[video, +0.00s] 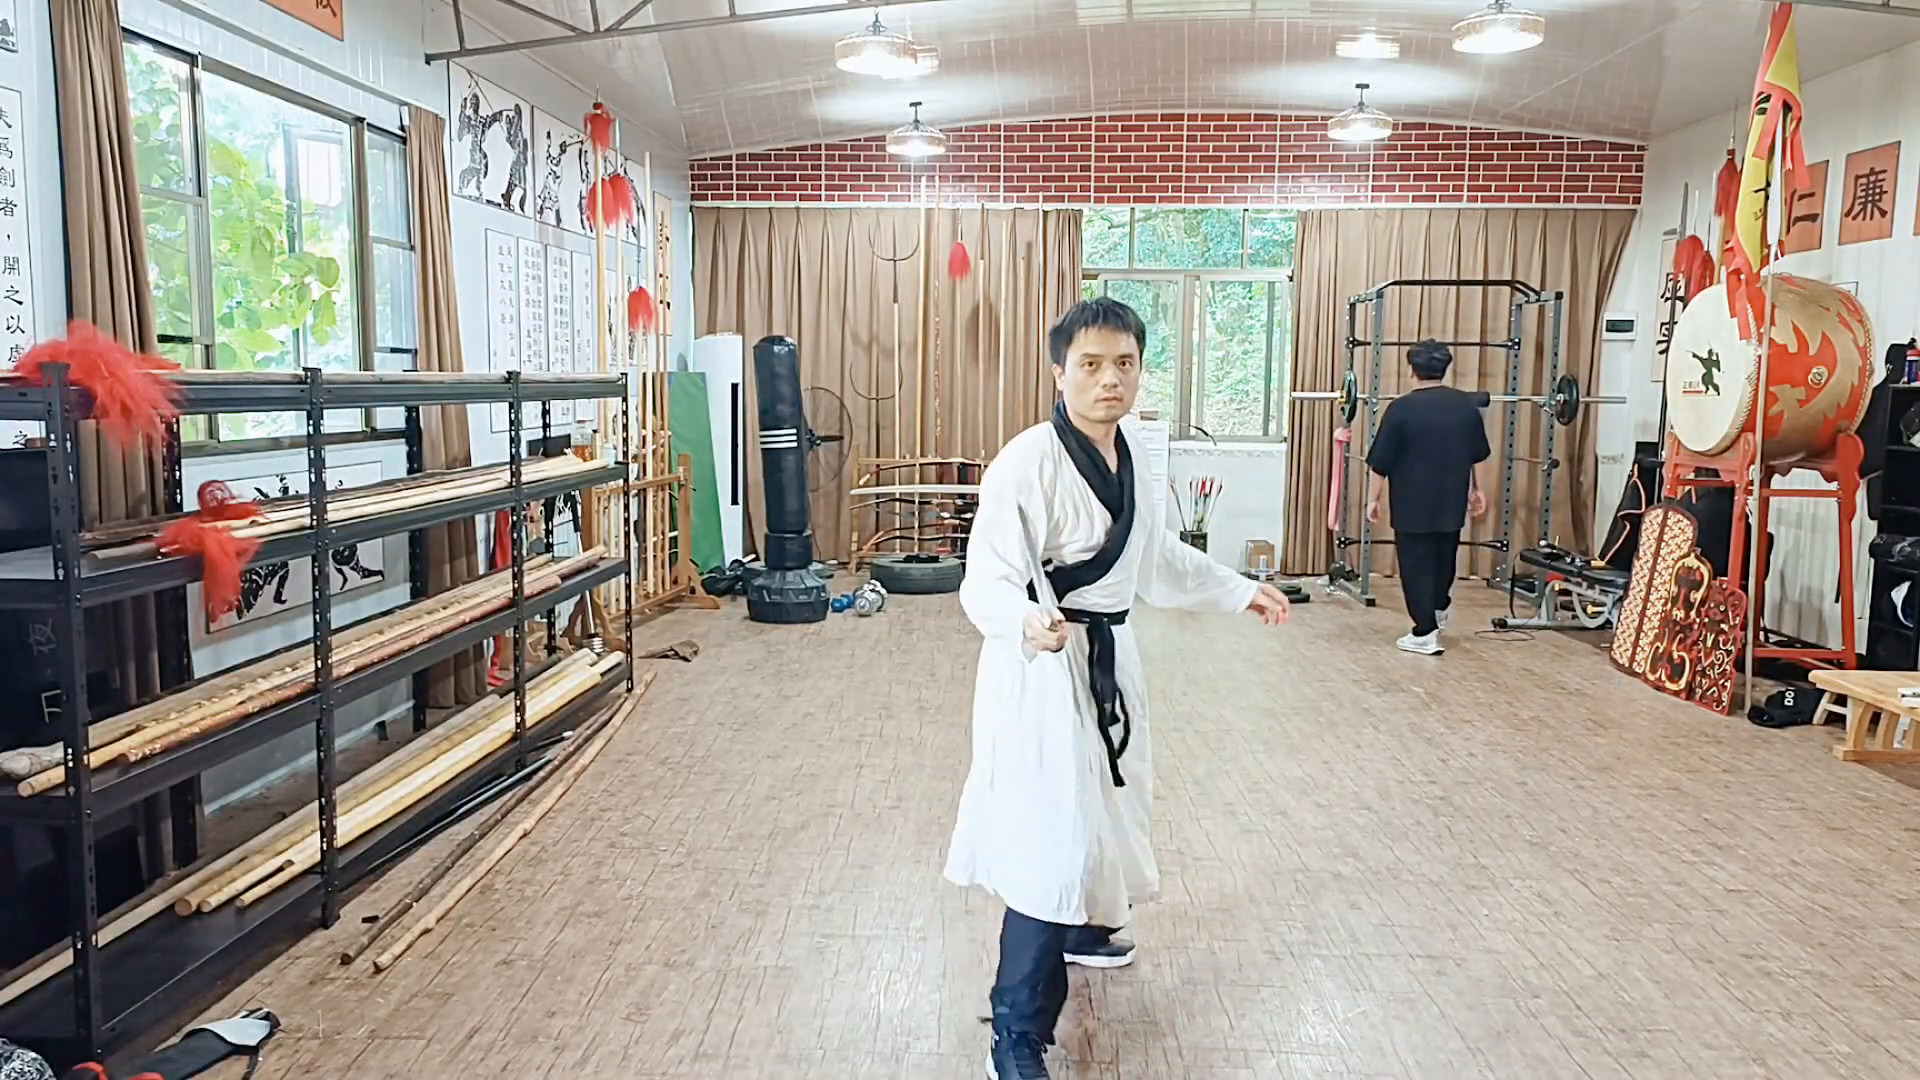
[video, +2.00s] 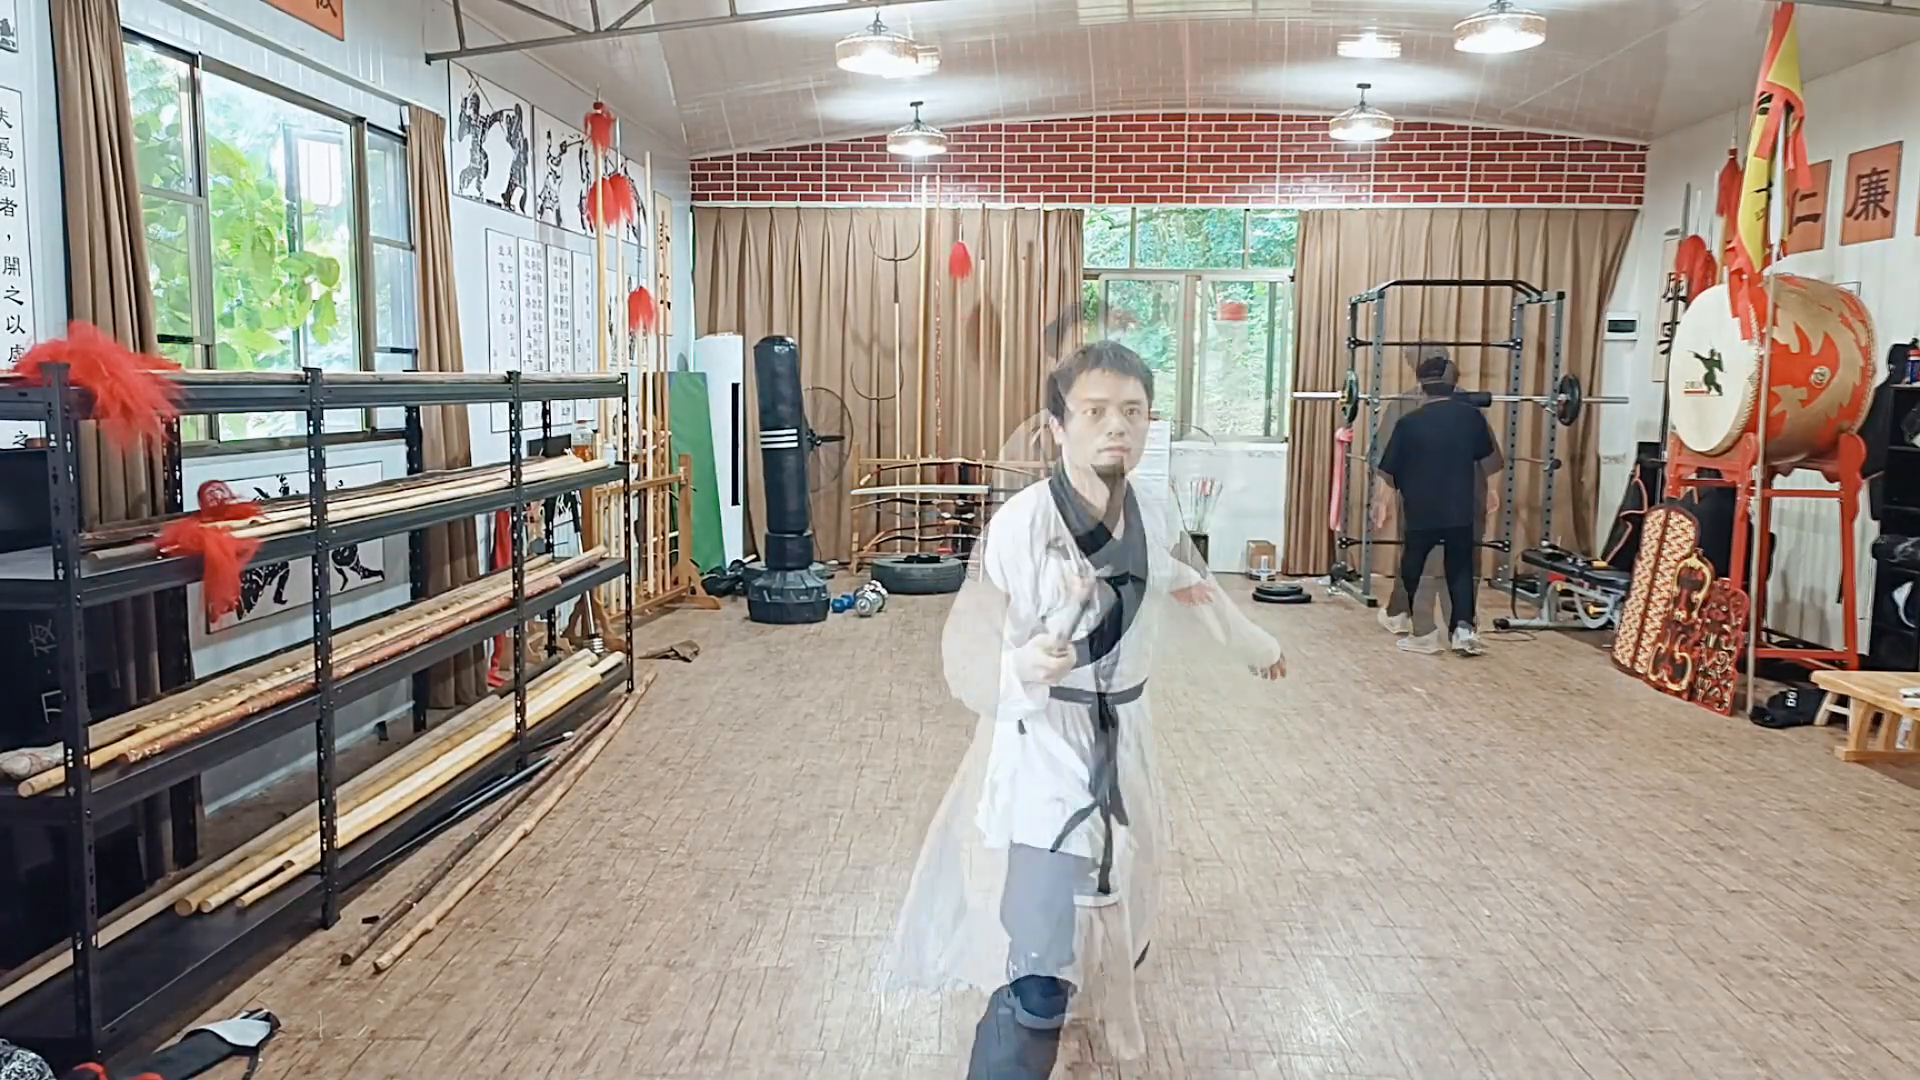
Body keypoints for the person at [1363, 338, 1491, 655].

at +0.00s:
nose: (1409, 370)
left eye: (1411, 366)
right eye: (1413, 366)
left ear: (1414, 371)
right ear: (1444, 370)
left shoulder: (1401, 407)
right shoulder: (1464, 404)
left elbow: (1380, 461)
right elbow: (1478, 453)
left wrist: (1374, 499)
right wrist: (1478, 487)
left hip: (1411, 507)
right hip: (1451, 504)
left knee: (1415, 568)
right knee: (1444, 557)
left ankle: (1425, 633)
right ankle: (1439, 609)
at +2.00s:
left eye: (1423, 383)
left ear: (1421, 387)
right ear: (1453, 384)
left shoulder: (1408, 423)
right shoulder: (1470, 416)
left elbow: (1388, 472)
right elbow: (1491, 462)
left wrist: (1381, 506)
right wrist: (1489, 490)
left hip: (1420, 513)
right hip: (1460, 512)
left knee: (1412, 563)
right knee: (1460, 569)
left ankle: (1405, 609)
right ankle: (1463, 629)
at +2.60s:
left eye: (1446, 368)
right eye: (1481, 365)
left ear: (1447, 369)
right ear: (1481, 369)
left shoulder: (1432, 404)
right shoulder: (1496, 406)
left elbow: (1413, 455)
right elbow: (1510, 457)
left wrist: (1404, 495)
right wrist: (1510, 495)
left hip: (1435, 506)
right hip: (1478, 508)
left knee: (1432, 570)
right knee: (1472, 573)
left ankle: (1429, 634)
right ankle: (1464, 638)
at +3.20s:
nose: (1434, 365)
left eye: (1437, 361)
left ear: (1439, 364)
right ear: (1471, 366)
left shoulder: (1422, 400)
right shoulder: (1487, 401)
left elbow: (1399, 454)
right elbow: (1501, 456)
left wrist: (1392, 490)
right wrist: (1495, 493)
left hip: (1427, 504)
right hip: (1471, 504)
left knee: (1429, 568)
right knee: (1467, 569)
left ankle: (1429, 634)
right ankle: (1464, 635)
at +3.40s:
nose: (1430, 366)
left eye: (1433, 362)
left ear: (1436, 366)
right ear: (1468, 367)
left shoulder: (1418, 400)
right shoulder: (1484, 400)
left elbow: (1396, 453)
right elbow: (1498, 452)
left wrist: (1389, 490)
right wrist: (1497, 489)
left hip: (1425, 503)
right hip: (1468, 503)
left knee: (1427, 568)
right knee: (1465, 568)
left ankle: (1429, 634)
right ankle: (1465, 635)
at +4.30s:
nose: (1426, 366)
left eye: (1428, 363)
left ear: (1430, 367)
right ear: (1463, 369)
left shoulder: (1412, 404)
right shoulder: (1478, 404)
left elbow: (1391, 455)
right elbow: (1494, 454)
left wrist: (1386, 491)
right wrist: (1497, 492)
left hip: (1421, 507)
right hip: (1465, 507)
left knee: (1423, 571)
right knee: (1473, 567)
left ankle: (1428, 635)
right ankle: (1485, 633)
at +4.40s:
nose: (1430, 369)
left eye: (1432, 365)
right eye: (1434, 364)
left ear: (1437, 369)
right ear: (1468, 370)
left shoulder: (1418, 404)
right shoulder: (1485, 404)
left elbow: (1396, 455)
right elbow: (1498, 455)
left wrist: (1390, 490)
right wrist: (1503, 492)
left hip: (1425, 508)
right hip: (1469, 508)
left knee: (1426, 571)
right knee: (1474, 568)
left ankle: (1428, 634)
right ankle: (1485, 634)